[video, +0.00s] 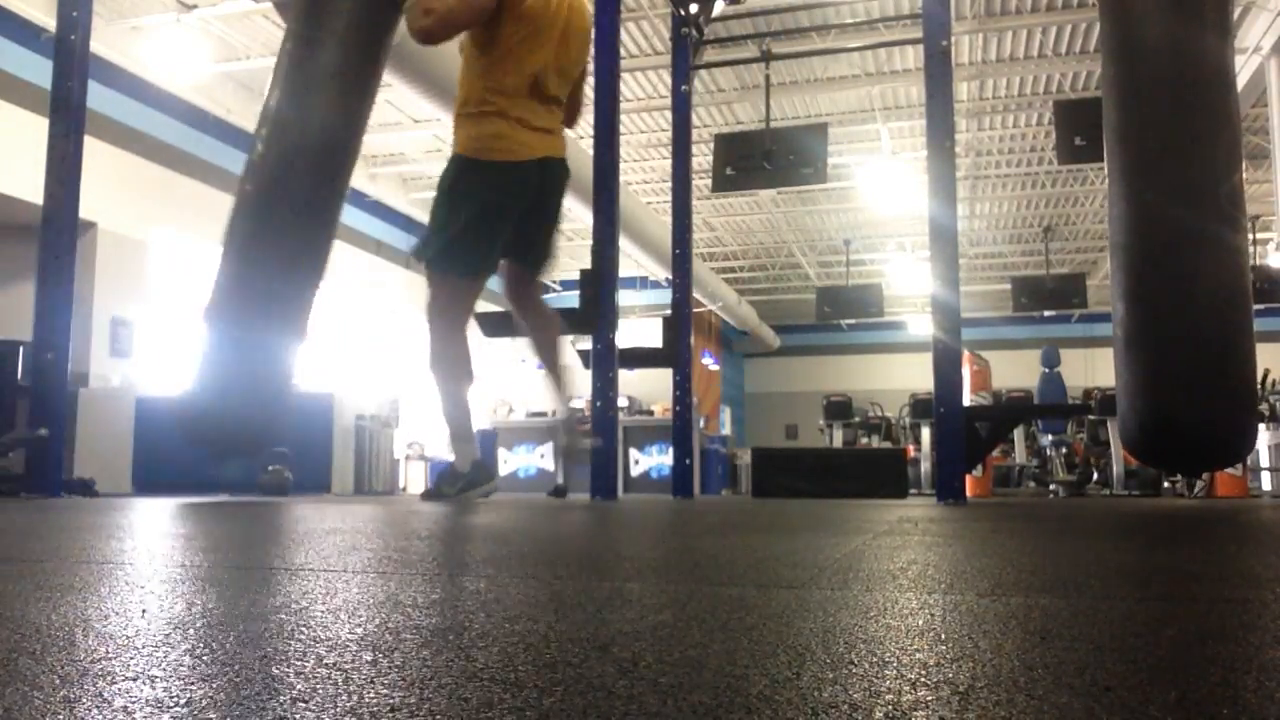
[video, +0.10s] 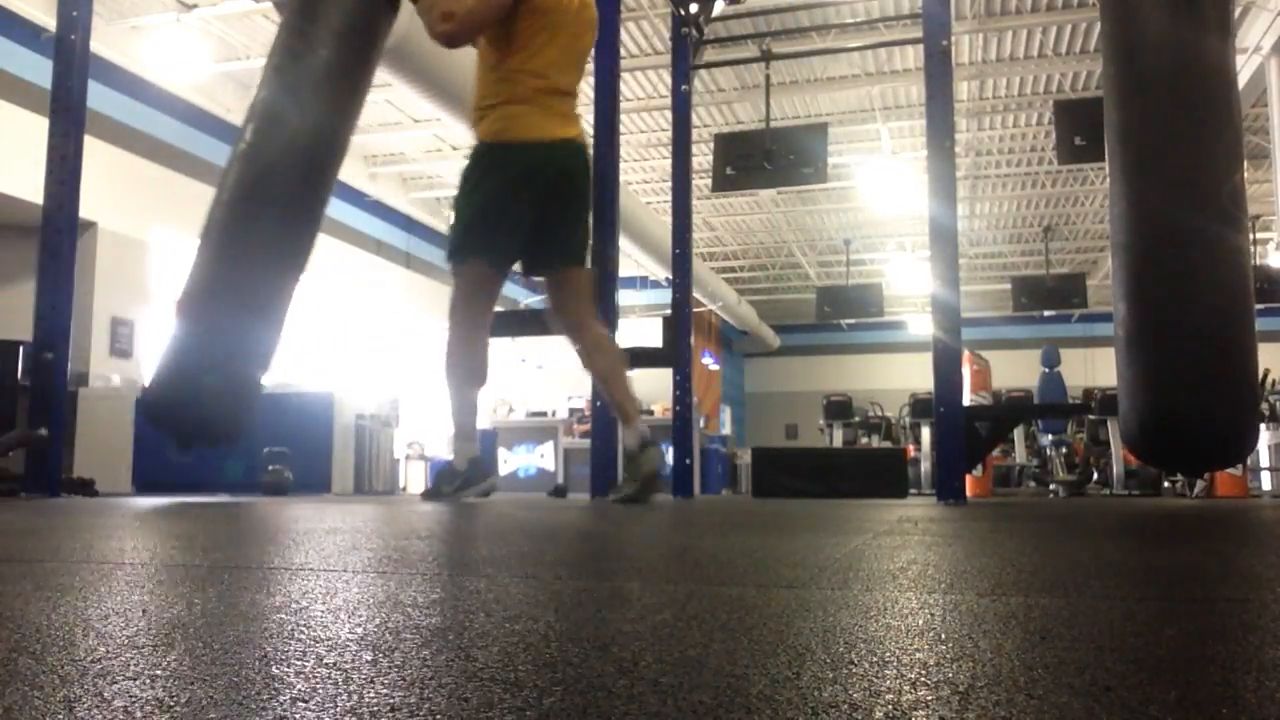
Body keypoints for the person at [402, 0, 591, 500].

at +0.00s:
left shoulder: (496, 1)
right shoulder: (579, 10)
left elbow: (427, 26)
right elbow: (570, 112)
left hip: (485, 161)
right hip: (548, 165)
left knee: (447, 316)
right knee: (523, 289)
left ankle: (466, 461)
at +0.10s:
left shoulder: (511, 2)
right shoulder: (586, 8)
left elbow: (449, 28)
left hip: (504, 158)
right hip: (568, 159)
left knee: (469, 315)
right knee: (578, 312)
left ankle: (466, 458)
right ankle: (638, 439)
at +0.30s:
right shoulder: (591, 9)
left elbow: (494, 29)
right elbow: (564, 82)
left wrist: (460, 52)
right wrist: (490, 78)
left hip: (540, 133)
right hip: (602, 140)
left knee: (456, 277)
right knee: (614, 311)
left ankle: (542, 395)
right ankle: (648, 464)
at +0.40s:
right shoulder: (589, 9)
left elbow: (489, 14)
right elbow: (604, 91)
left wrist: (460, 50)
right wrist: (502, 96)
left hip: (538, 125)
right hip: (597, 142)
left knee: (473, 264)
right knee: (601, 308)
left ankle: (521, 413)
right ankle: (647, 463)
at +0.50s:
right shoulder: (578, 7)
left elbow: (466, 21)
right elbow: (600, 92)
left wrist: (445, 51)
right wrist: (551, 122)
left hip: (516, 116)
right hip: (577, 139)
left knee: (478, 271)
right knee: (584, 308)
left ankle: (535, 439)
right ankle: (644, 463)